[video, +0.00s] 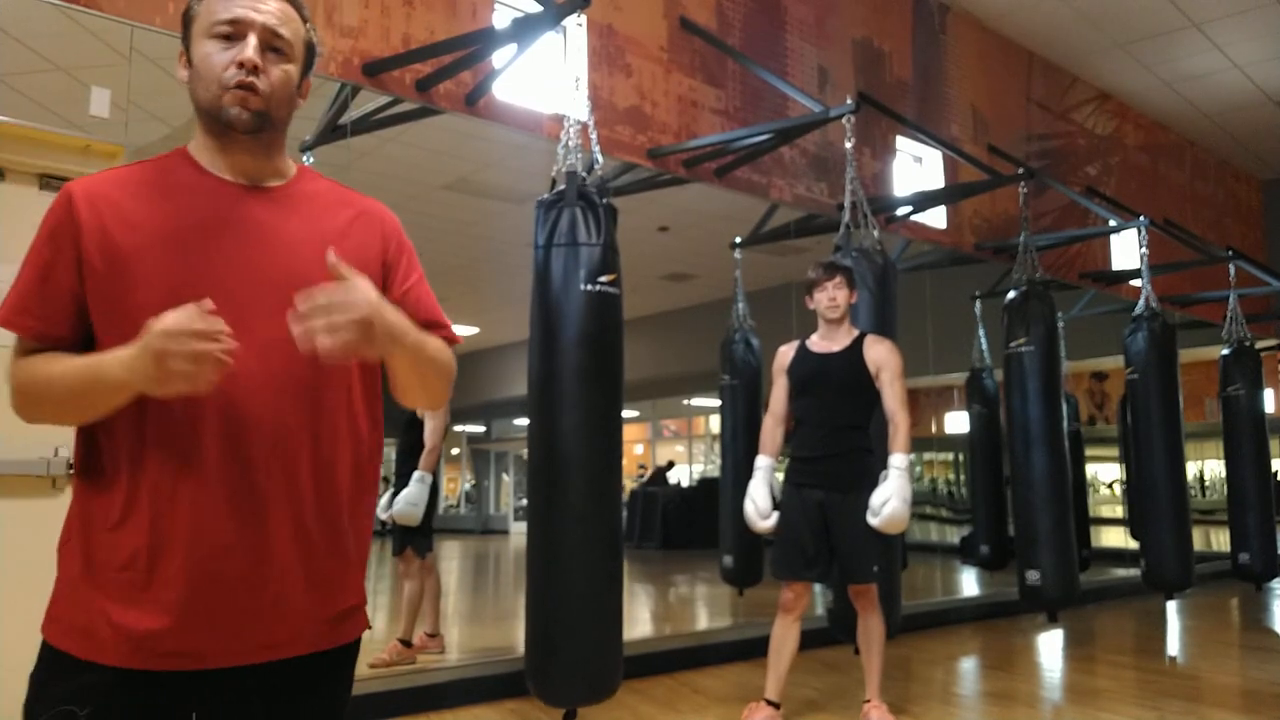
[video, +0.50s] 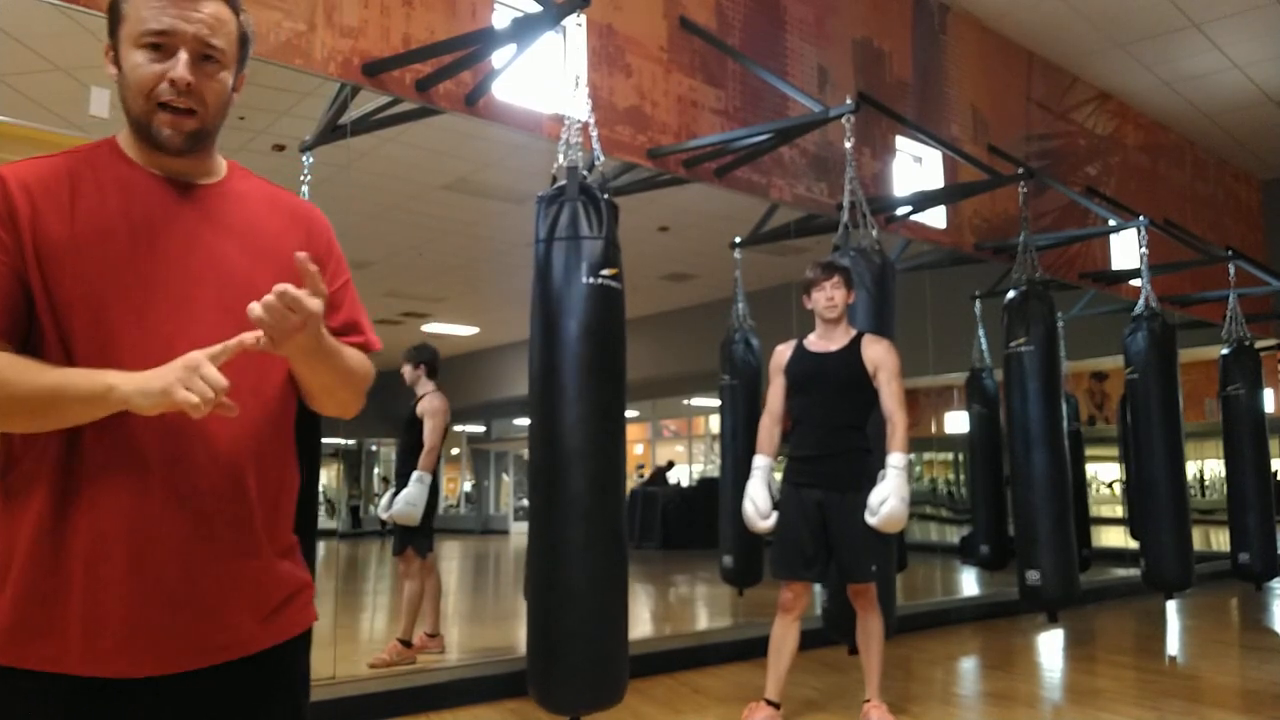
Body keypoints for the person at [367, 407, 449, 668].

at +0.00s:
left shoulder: (434, 402)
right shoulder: (415, 408)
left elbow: (433, 447)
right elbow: (405, 457)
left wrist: (418, 486)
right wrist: (393, 492)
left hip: (416, 486)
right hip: (407, 485)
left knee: (408, 564)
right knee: (425, 564)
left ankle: (404, 642)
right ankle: (432, 633)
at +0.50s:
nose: (402, 374)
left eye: (405, 368)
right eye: (402, 369)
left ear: (421, 369)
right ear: (421, 370)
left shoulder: (433, 401)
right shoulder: (421, 402)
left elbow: (431, 448)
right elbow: (409, 452)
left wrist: (417, 488)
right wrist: (393, 490)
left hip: (419, 484)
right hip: (411, 483)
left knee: (409, 562)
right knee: (424, 562)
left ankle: (404, 641)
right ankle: (431, 634)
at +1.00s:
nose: (403, 375)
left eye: (406, 369)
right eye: (403, 369)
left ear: (422, 369)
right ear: (421, 370)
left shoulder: (435, 403)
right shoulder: (421, 403)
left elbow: (433, 450)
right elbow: (409, 452)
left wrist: (418, 489)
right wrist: (394, 490)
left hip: (419, 485)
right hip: (411, 484)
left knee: (409, 564)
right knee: (425, 563)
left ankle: (404, 641)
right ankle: (430, 634)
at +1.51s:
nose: (398, 372)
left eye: (402, 366)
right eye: (399, 367)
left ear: (419, 369)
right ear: (415, 370)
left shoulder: (437, 402)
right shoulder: (411, 403)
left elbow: (439, 449)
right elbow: (406, 454)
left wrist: (425, 489)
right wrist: (391, 491)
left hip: (421, 484)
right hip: (407, 482)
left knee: (405, 564)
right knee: (424, 563)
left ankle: (403, 641)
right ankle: (432, 634)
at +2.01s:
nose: (393, 377)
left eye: (396, 370)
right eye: (391, 372)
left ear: (407, 370)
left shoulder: (425, 399)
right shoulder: (399, 403)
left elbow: (432, 450)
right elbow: (396, 457)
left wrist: (421, 488)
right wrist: (380, 490)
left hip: (412, 486)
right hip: (396, 485)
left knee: (400, 563)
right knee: (412, 564)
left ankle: (402, 642)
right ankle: (430, 632)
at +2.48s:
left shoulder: (404, 393)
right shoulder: (380, 394)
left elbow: (408, 445)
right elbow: (385, 451)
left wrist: (396, 484)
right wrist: (368, 482)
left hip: (401, 479)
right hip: (384, 478)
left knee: (393, 563)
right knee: (370, 562)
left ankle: (403, 644)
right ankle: (383, 632)